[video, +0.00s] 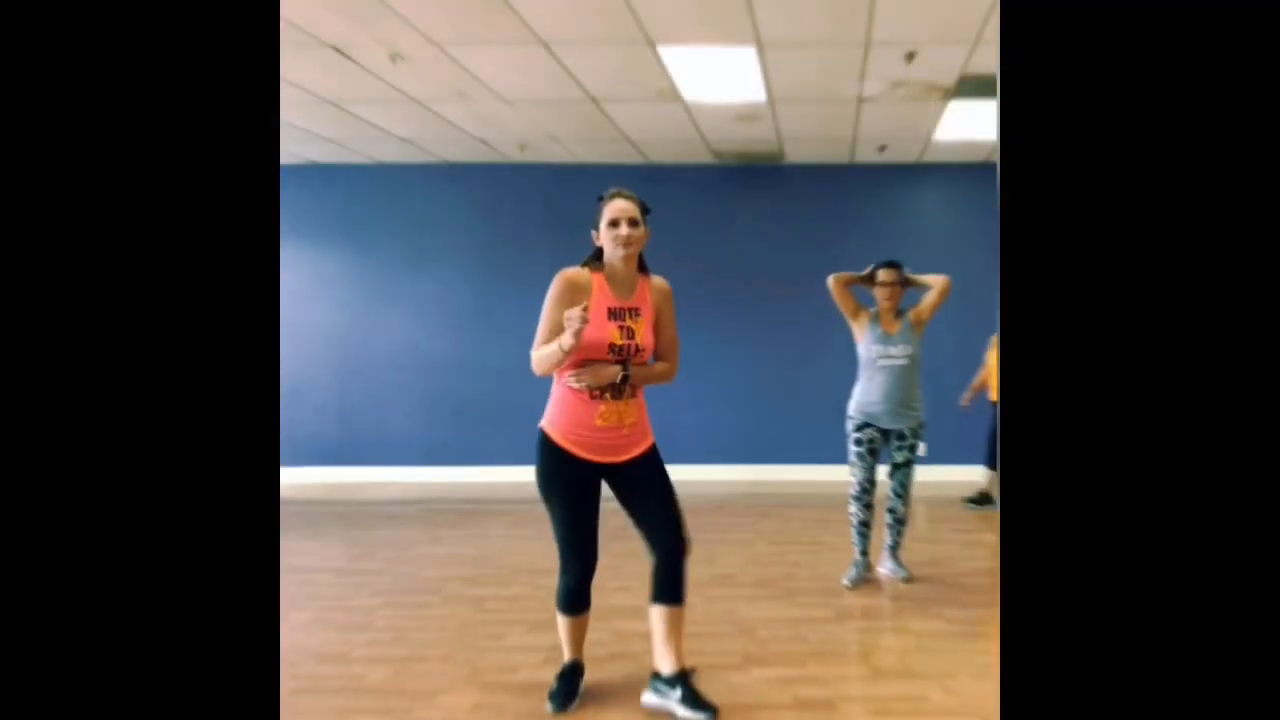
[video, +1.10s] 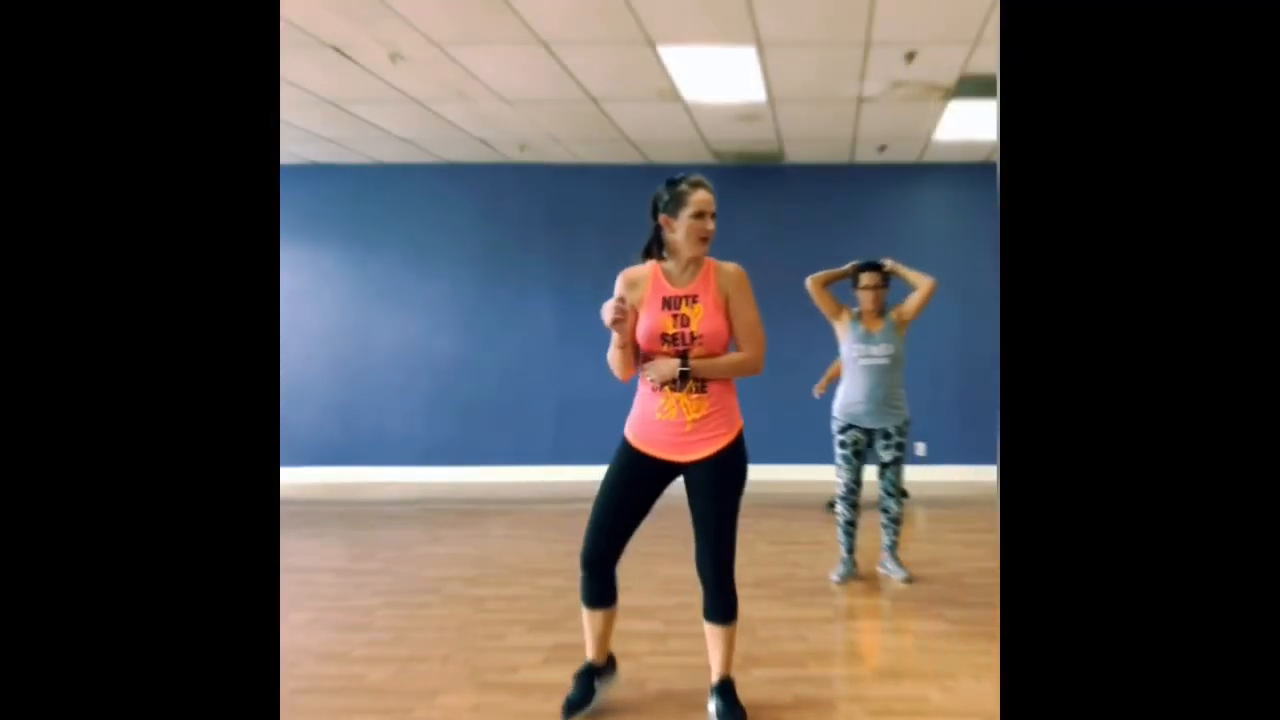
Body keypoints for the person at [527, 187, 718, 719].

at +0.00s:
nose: (625, 231)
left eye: (633, 223)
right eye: (615, 224)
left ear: (646, 232)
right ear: (598, 234)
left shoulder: (658, 292)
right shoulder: (571, 284)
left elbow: (668, 367)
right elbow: (538, 363)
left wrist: (618, 373)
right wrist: (564, 340)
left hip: (633, 446)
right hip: (567, 446)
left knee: (672, 546)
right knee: (577, 565)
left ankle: (668, 676)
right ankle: (571, 667)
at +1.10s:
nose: (709, 226)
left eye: (713, 217)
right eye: (698, 217)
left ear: (713, 224)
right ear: (666, 222)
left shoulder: (729, 278)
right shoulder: (635, 281)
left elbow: (754, 359)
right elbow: (623, 371)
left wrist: (684, 364)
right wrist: (621, 333)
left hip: (715, 441)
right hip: (647, 440)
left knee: (715, 569)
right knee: (596, 555)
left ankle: (721, 687)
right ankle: (598, 665)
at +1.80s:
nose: (658, 238)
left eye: (659, 229)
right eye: (647, 229)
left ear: (652, 235)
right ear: (612, 235)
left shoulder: (665, 295)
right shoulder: (568, 292)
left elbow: (687, 375)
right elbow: (542, 378)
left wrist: (635, 376)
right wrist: (566, 343)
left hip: (651, 458)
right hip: (576, 457)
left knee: (685, 576)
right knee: (565, 580)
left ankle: (719, 689)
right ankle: (545, 690)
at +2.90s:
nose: (644, 232)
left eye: (653, 221)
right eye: (634, 226)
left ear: (674, 224)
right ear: (624, 237)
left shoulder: (708, 283)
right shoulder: (622, 286)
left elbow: (742, 363)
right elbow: (567, 334)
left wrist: (673, 370)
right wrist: (605, 269)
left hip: (696, 447)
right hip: (626, 445)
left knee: (704, 575)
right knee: (590, 572)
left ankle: (721, 686)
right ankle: (552, 686)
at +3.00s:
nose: (656, 229)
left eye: (664, 218)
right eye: (646, 222)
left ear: (685, 221)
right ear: (637, 232)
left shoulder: (718, 278)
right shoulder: (631, 285)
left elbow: (753, 357)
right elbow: (575, 329)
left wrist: (687, 368)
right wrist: (612, 264)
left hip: (710, 444)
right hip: (642, 442)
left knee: (711, 572)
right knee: (605, 568)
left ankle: (722, 686)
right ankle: (586, 678)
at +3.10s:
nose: (664, 223)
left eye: (673, 212)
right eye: (654, 215)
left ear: (694, 215)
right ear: (645, 224)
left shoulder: (725, 271)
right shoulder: (637, 279)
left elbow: (760, 348)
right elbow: (568, 319)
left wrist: (693, 361)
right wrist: (610, 265)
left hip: (714, 439)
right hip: (647, 437)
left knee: (718, 568)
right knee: (632, 566)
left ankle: (722, 683)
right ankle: (657, 658)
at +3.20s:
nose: (670, 225)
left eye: (679, 215)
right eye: (661, 217)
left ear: (700, 221)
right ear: (651, 227)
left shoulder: (729, 274)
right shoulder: (639, 272)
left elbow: (764, 350)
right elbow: (560, 275)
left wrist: (697, 363)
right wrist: (559, 283)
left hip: (715, 442)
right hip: (649, 442)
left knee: (720, 567)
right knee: (668, 571)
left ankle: (725, 683)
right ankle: (696, 669)